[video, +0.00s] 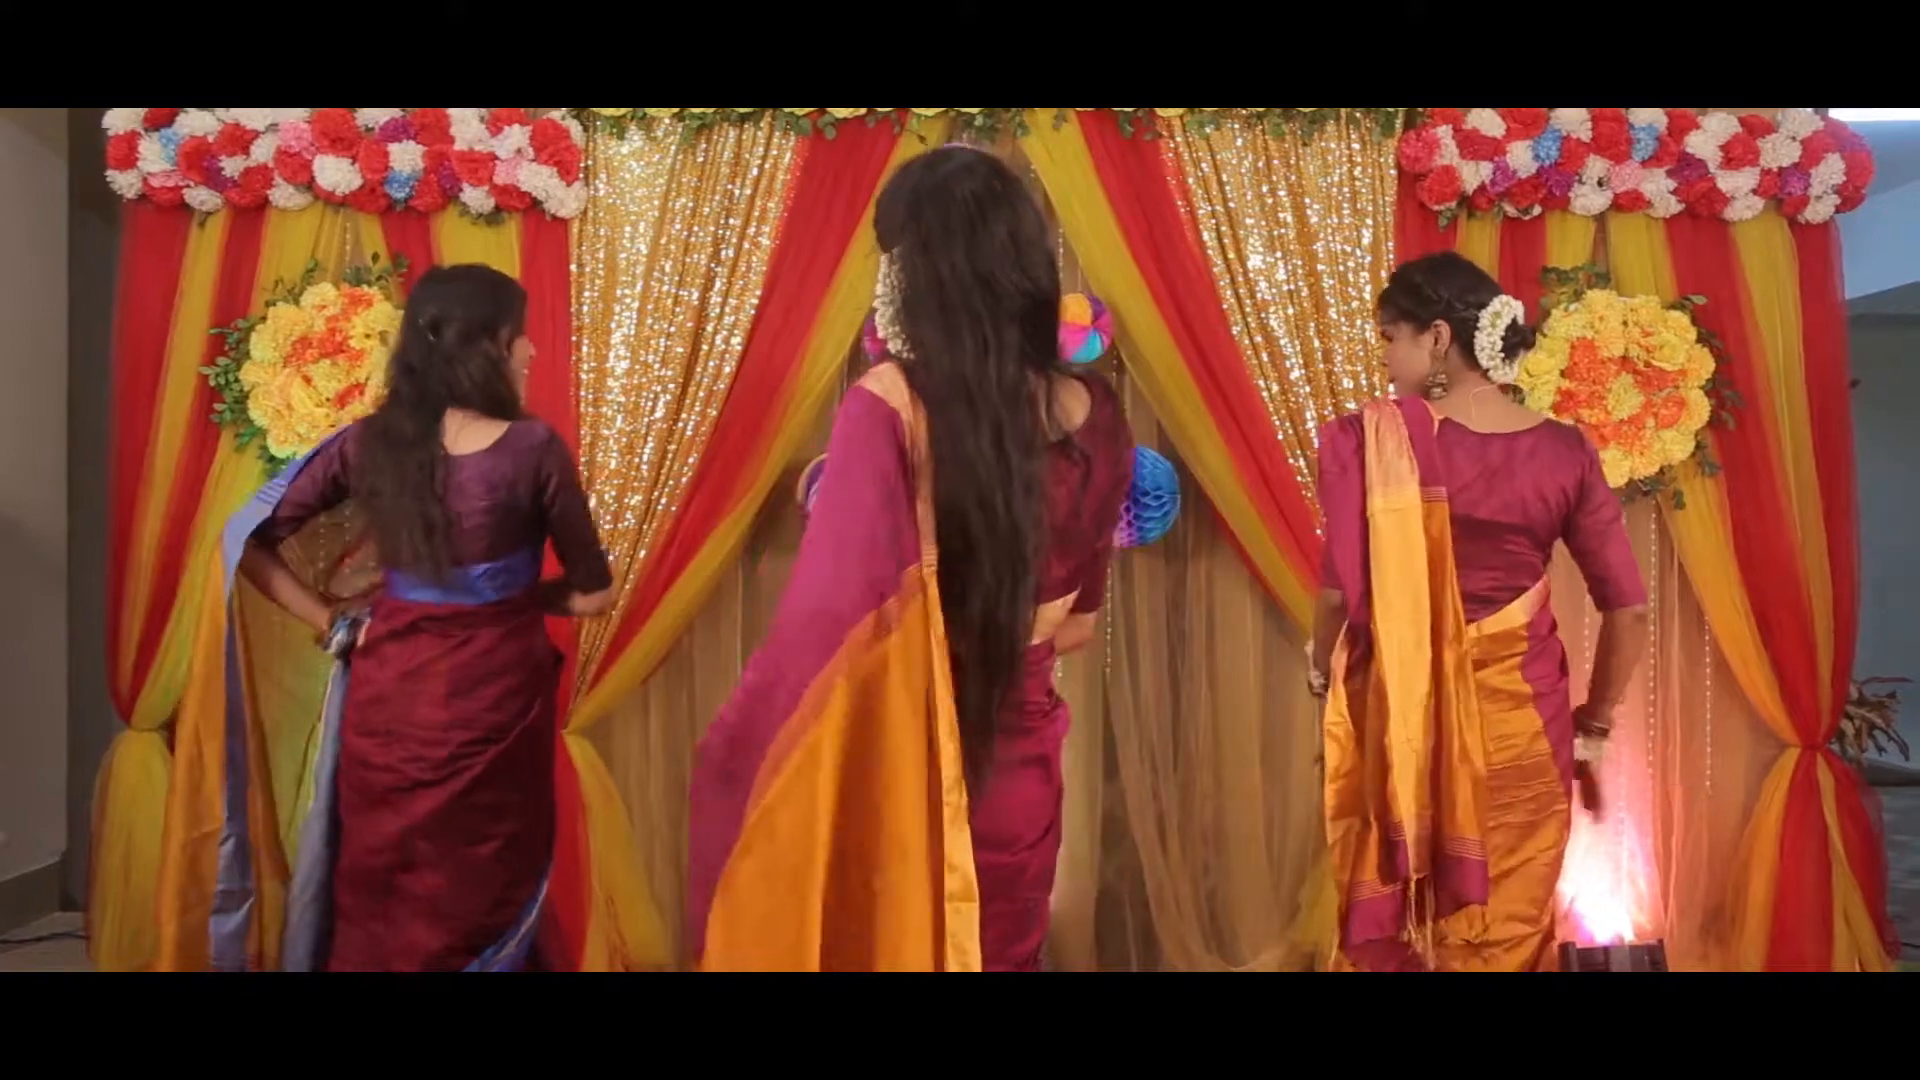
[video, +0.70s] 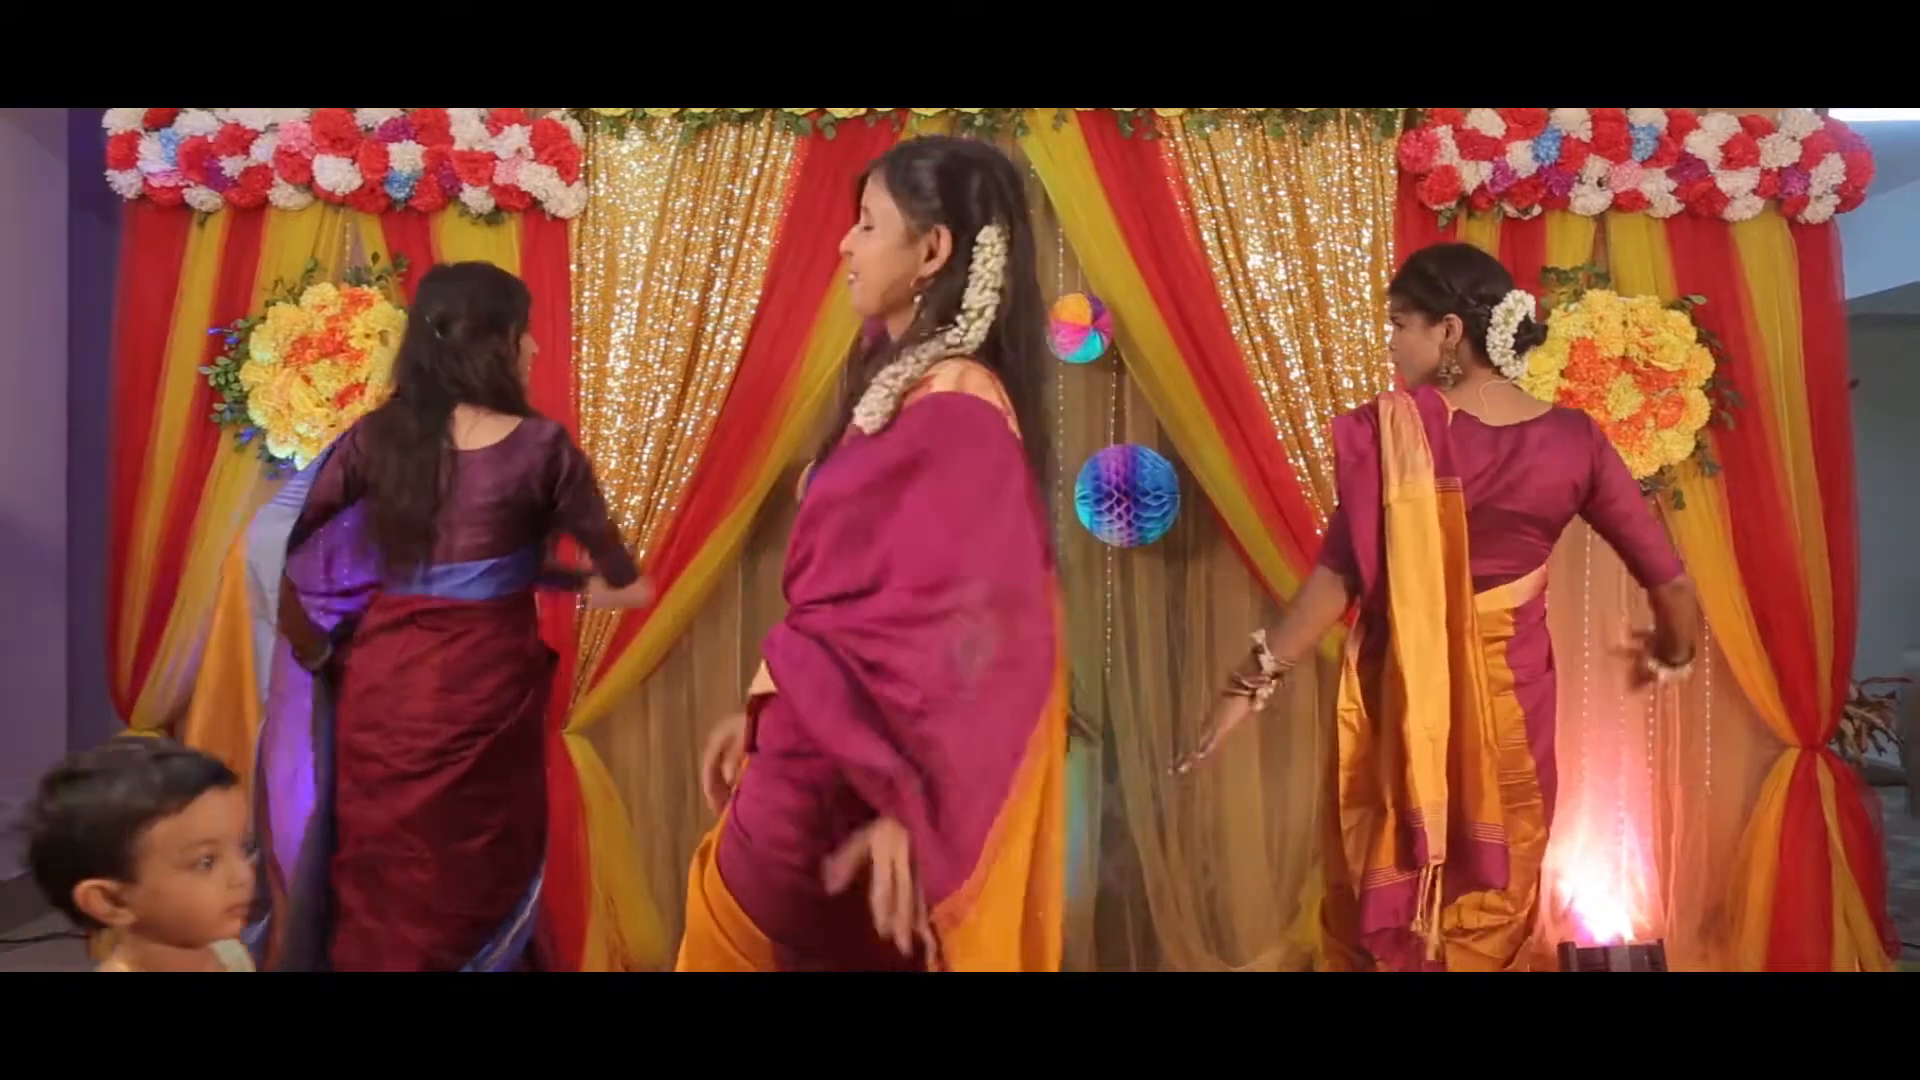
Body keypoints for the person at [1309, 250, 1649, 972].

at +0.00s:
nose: (1384, 360)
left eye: (1390, 339)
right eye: (1384, 340)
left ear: (1439, 336)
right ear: (1460, 335)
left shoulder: (1365, 440)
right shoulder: (1563, 449)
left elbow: (1342, 584)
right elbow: (1625, 605)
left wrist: (1321, 657)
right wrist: (1596, 722)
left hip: (1396, 724)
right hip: (1520, 725)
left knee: (1390, 932)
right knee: (1507, 931)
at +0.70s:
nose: (1388, 346)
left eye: (1398, 326)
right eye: (1389, 326)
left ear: (1451, 331)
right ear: (1465, 330)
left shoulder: (1386, 432)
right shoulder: (1569, 437)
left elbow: (1339, 574)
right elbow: (1668, 577)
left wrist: (1253, 679)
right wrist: (1673, 652)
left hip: (1399, 694)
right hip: (1515, 693)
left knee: (1388, 900)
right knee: (1500, 903)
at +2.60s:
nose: (1380, 356)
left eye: (1402, 341)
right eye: (1371, 339)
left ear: (1451, 356)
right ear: (1360, 344)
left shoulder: (1489, 441)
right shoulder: (1383, 461)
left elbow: (1538, 568)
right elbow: (1285, 473)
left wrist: (1576, 663)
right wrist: (1245, 396)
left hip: (1432, 683)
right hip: (1367, 687)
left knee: (1359, 876)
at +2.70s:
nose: (1382, 346)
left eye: (1405, 330)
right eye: (1372, 329)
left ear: (1454, 343)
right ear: (1361, 336)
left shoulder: (1495, 436)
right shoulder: (1365, 441)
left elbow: (1547, 568)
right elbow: (1255, 424)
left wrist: (1593, 635)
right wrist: (1216, 344)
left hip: (1439, 674)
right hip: (1357, 679)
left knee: (1411, 877)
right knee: (1359, 874)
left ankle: (1427, 961)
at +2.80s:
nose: (1383, 349)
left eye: (1405, 333)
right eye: (1373, 331)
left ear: (1455, 345)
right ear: (1361, 339)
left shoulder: (1500, 447)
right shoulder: (1354, 442)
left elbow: (1554, 576)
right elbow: (1240, 402)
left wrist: (1610, 626)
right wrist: (1197, 300)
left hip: (1452, 675)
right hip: (1357, 682)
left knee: (1430, 884)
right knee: (1361, 879)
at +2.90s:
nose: (1383, 347)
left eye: (1405, 330)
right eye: (1372, 330)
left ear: (1454, 343)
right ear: (1358, 340)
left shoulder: (1502, 443)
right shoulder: (1349, 442)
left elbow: (1551, 579)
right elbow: (1229, 426)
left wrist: (1611, 635)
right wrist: (1194, 332)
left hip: (1459, 687)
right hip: (1357, 691)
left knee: (1440, 896)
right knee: (1358, 890)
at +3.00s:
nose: (1388, 359)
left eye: (1411, 341)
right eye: (1375, 340)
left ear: (1452, 357)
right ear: (1359, 350)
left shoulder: (1507, 446)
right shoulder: (1353, 465)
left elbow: (1556, 589)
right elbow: (1231, 466)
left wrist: (1597, 660)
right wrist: (1179, 374)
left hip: (1464, 703)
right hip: (1360, 710)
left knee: (1410, 893)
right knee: (1345, 891)